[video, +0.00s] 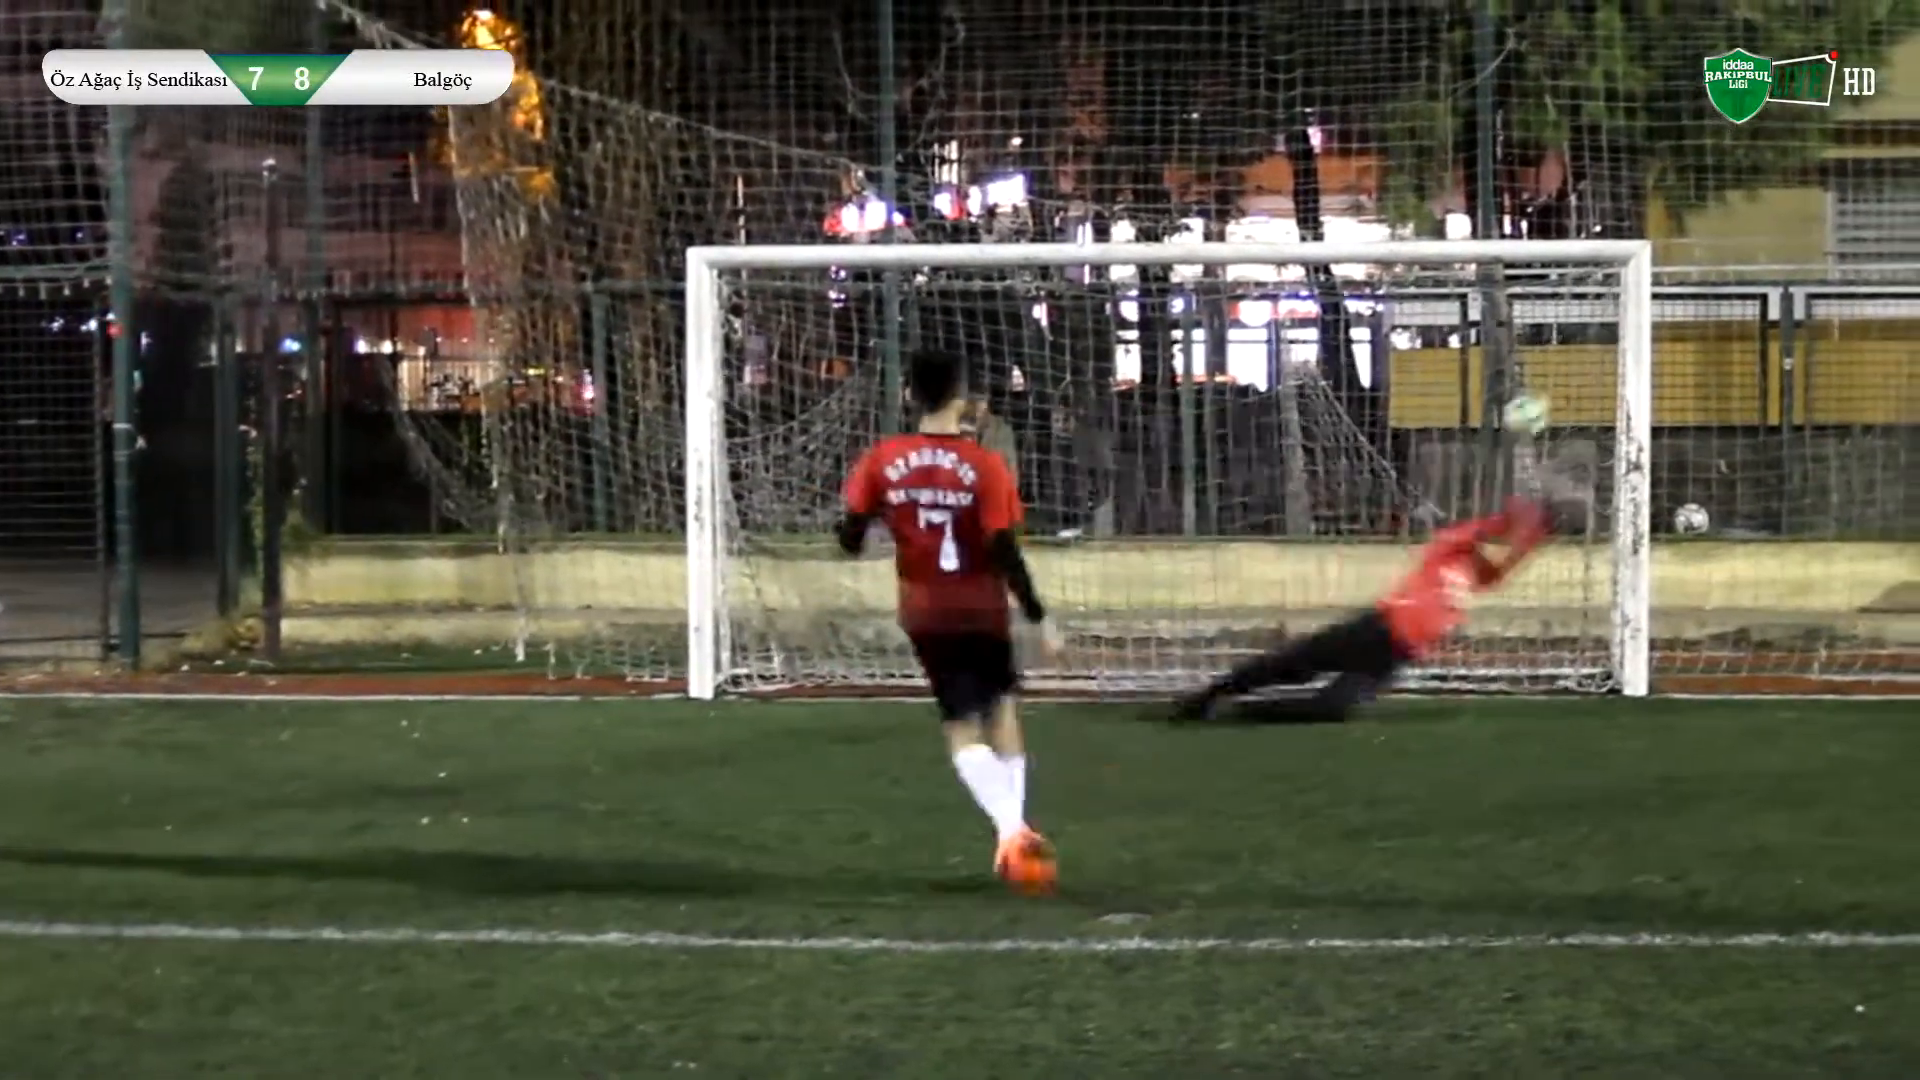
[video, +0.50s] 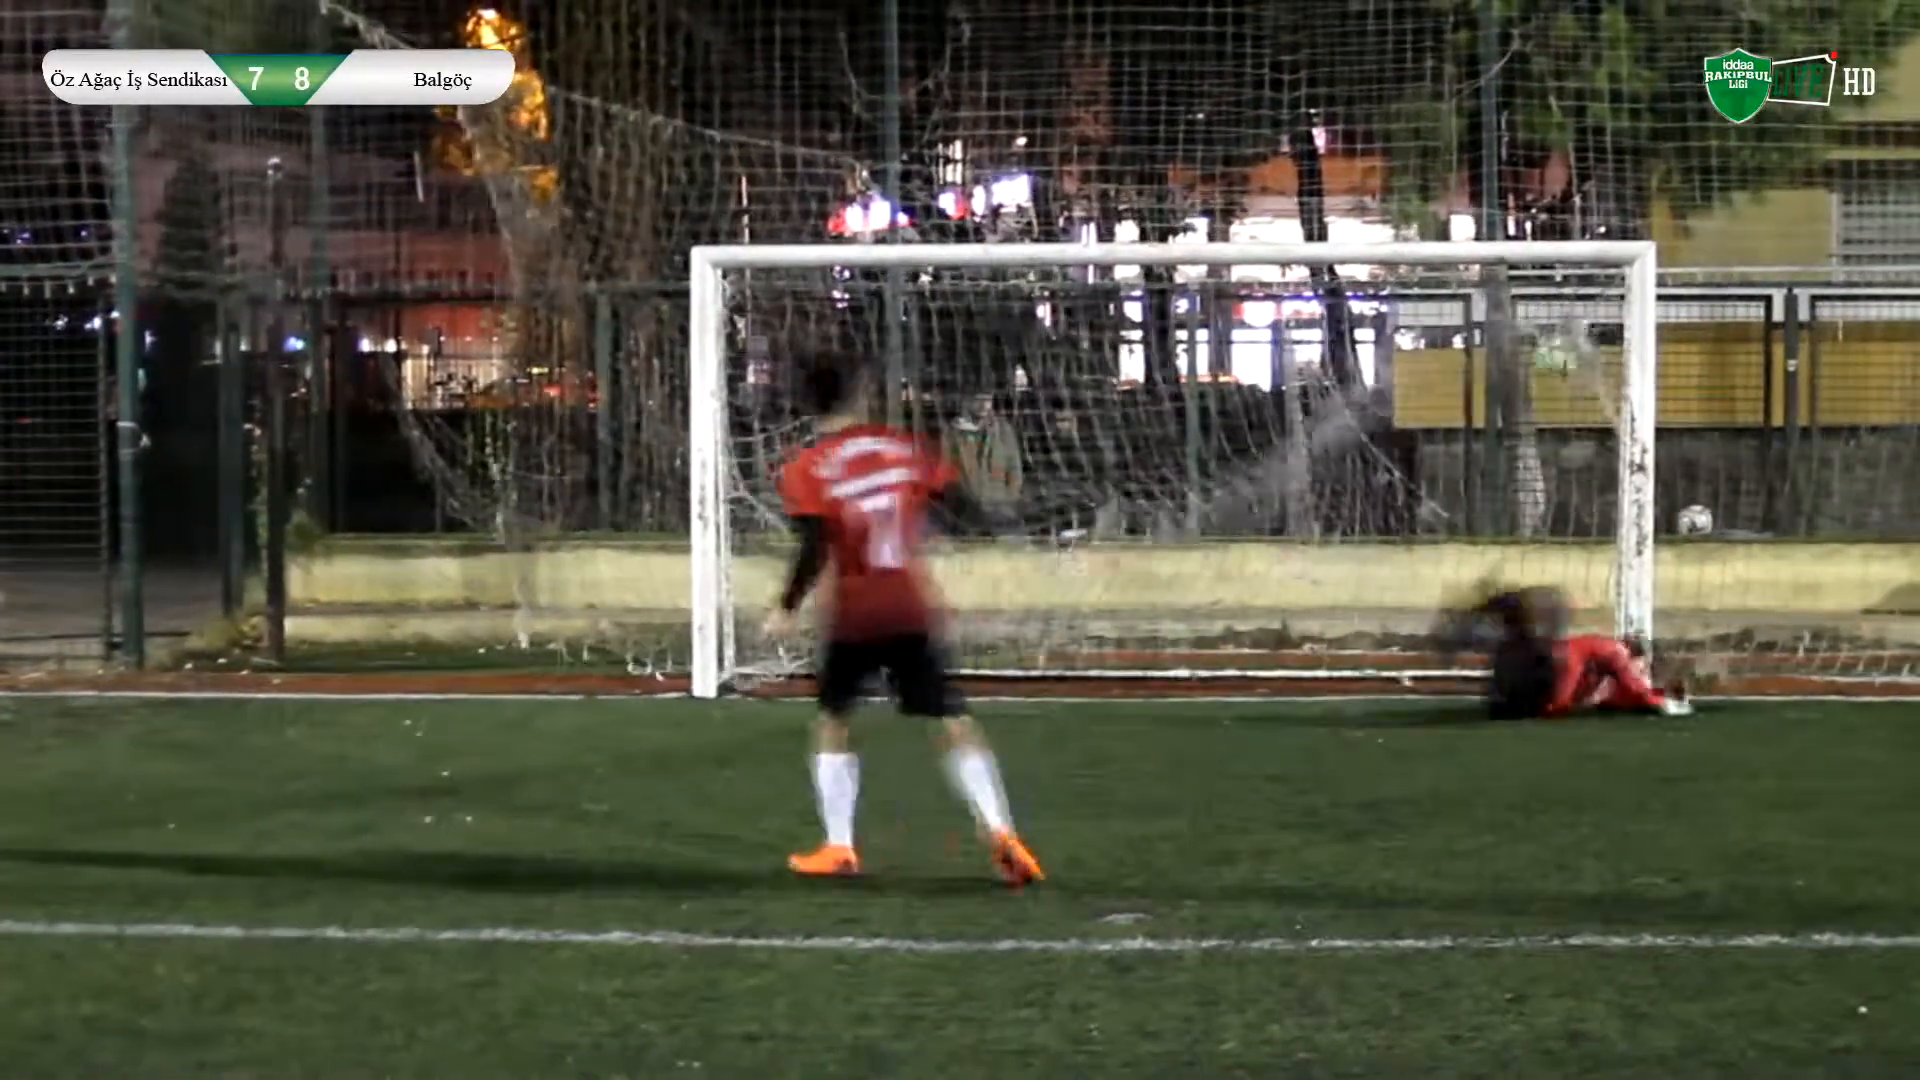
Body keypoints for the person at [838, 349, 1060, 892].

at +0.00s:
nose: (968, 402)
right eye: (966, 394)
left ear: (912, 398)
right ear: (962, 398)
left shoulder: (883, 458)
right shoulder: (984, 464)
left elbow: (849, 539)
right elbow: (1002, 547)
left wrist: (880, 508)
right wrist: (1039, 615)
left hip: (925, 618)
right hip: (982, 615)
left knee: (961, 727)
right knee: (1002, 711)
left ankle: (1010, 828)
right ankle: (1012, 832)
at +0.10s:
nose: (958, 401)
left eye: (950, 393)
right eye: (956, 393)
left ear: (901, 400)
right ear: (949, 397)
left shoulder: (875, 465)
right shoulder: (979, 458)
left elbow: (847, 540)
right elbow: (1011, 532)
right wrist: (1047, 580)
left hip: (919, 626)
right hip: (977, 621)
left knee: (924, 729)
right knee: (992, 724)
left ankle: (962, 819)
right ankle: (1009, 850)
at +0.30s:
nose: (918, 403)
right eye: (916, 395)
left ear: (863, 403)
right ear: (913, 398)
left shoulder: (848, 468)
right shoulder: (952, 451)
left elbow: (835, 553)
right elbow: (1012, 512)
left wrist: (800, 609)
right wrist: (1060, 547)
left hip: (897, 624)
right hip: (958, 618)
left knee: (873, 717)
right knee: (982, 725)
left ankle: (884, 831)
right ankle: (1014, 847)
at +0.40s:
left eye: (850, 399)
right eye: (886, 395)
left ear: (841, 401)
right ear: (890, 396)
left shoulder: (831, 466)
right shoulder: (934, 448)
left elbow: (827, 549)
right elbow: (995, 510)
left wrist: (795, 608)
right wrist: (1022, 521)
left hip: (877, 622)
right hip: (940, 616)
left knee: (849, 716)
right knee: (973, 720)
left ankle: (850, 842)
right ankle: (1013, 839)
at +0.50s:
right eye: (866, 389)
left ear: (808, 403)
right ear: (859, 393)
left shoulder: (806, 467)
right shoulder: (905, 448)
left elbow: (815, 544)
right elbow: (964, 511)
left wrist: (788, 604)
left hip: (853, 619)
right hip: (912, 613)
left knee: (832, 720)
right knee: (952, 720)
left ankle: (839, 843)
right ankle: (1000, 829)